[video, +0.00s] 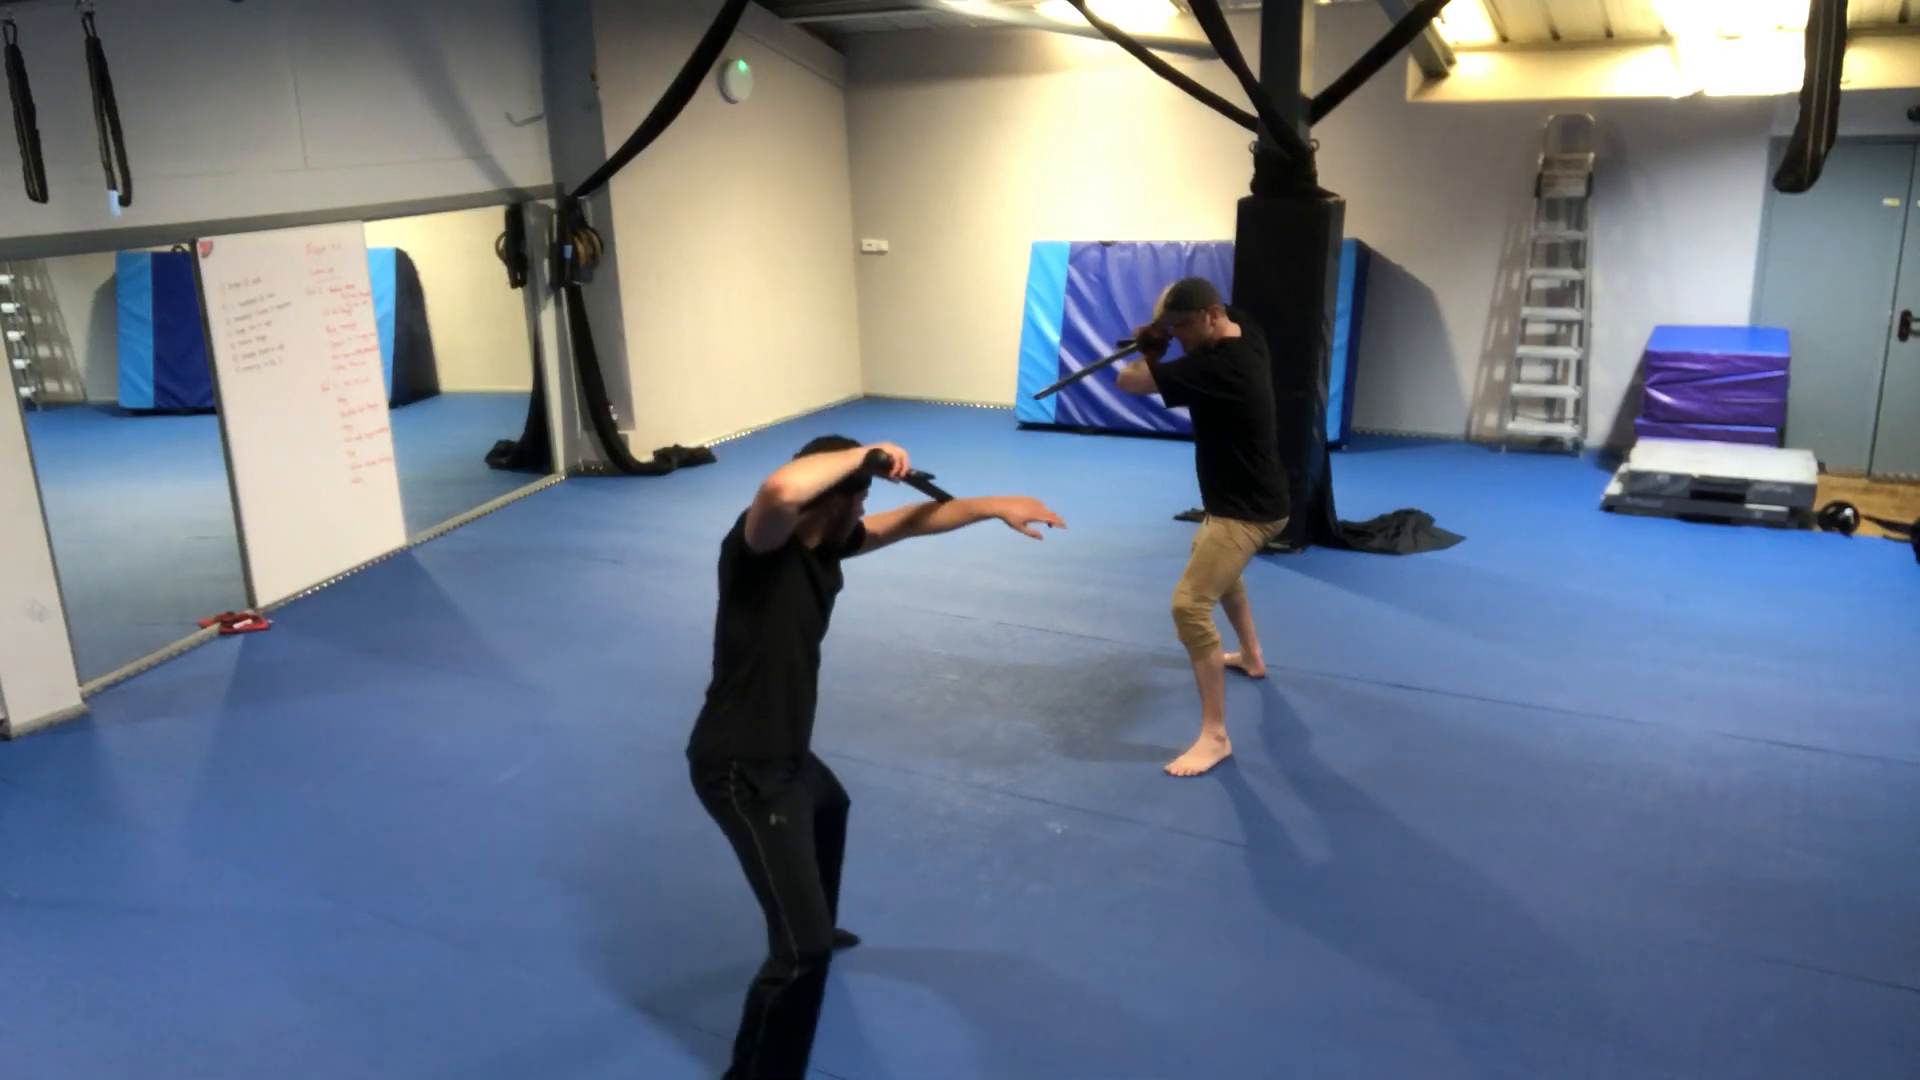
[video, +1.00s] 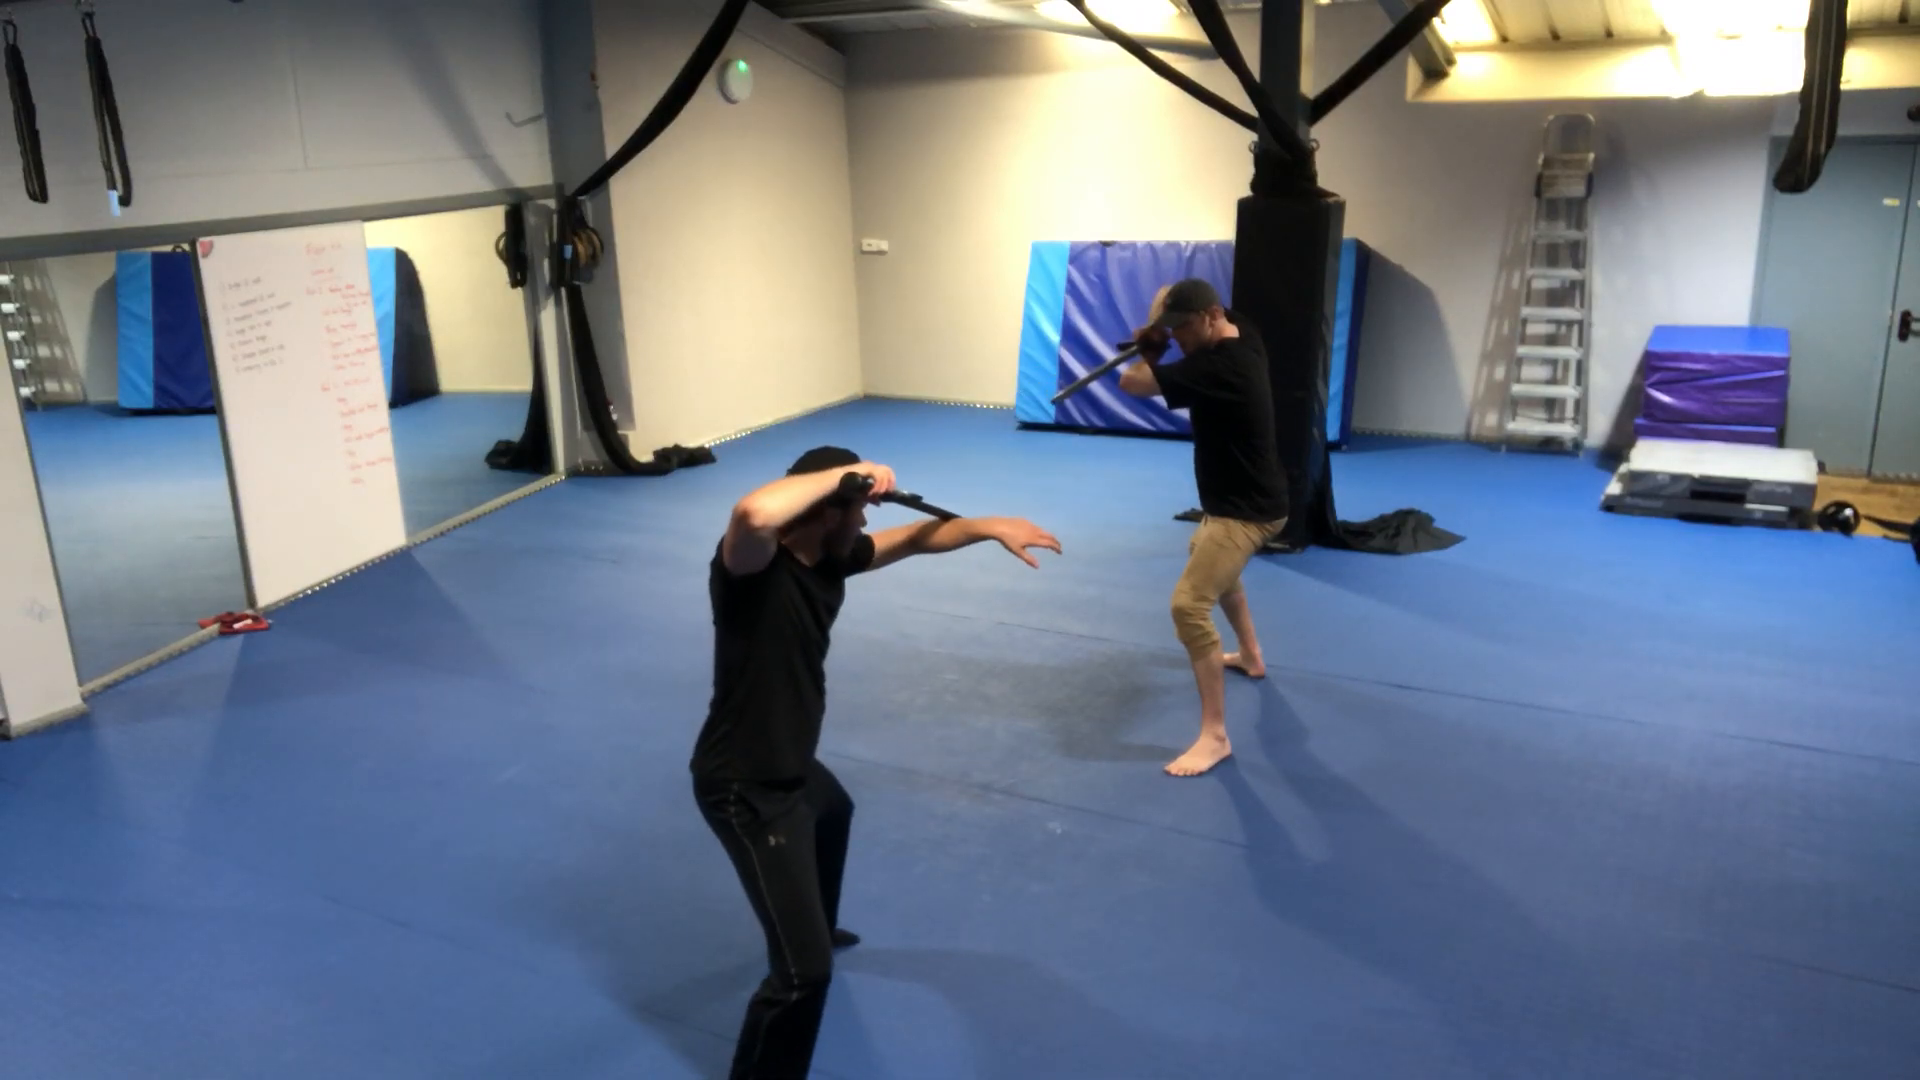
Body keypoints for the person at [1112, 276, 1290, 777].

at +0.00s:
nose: (1180, 340)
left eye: (1183, 332)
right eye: (1176, 331)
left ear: (1211, 318)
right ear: (1213, 317)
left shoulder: (1215, 365)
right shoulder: (1243, 337)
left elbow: (1131, 380)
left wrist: (1151, 352)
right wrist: (1157, 335)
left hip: (1244, 512)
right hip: (1239, 501)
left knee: (1191, 608)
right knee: (1215, 565)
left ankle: (1214, 734)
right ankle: (1250, 653)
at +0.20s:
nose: (1180, 342)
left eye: (1183, 333)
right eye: (1176, 333)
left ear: (1210, 319)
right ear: (1213, 317)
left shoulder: (1214, 365)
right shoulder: (1243, 339)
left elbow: (1131, 381)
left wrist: (1150, 353)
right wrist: (1158, 337)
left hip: (1245, 512)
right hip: (1238, 501)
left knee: (1191, 608)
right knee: (1208, 557)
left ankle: (1214, 734)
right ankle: (1250, 653)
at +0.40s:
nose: (1179, 342)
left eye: (1183, 333)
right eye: (1176, 333)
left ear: (1211, 319)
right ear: (1214, 318)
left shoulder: (1216, 365)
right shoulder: (1243, 341)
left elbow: (1132, 382)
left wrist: (1151, 353)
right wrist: (1158, 335)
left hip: (1245, 512)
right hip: (1236, 502)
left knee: (1191, 608)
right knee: (1208, 557)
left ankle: (1214, 735)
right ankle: (1250, 653)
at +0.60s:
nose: (1178, 340)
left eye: (1183, 332)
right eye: (1175, 332)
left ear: (1211, 319)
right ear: (1214, 319)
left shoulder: (1217, 365)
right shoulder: (1241, 341)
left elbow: (1133, 381)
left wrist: (1153, 353)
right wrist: (1157, 329)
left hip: (1245, 512)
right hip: (1236, 501)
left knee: (1191, 608)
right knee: (1207, 556)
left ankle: (1214, 735)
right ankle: (1250, 653)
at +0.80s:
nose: (1178, 341)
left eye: (1183, 332)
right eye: (1175, 332)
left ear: (1211, 319)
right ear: (1213, 319)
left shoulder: (1217, 365)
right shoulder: (1240, 341)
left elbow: (1133, 381)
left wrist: (1153, 352)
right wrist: (1157, 329)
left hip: (1245, 512)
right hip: (1235, 501)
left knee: (1191, 607)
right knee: (1206, 553)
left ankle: (1214, 734)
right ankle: (1250, 653)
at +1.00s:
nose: (1179, 342)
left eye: (1183, 334)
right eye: (1176, 334)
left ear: (1210, 319)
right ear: (1213, 318)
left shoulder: (1217, 365)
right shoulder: (1240, 342)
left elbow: (1133, 382)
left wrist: (1152, 352)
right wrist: (1156, 326)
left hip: (1245, 512)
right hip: (1233, 502)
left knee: (1191, 608)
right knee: (1206, 555)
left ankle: (1214, 734)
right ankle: (1250, 653)